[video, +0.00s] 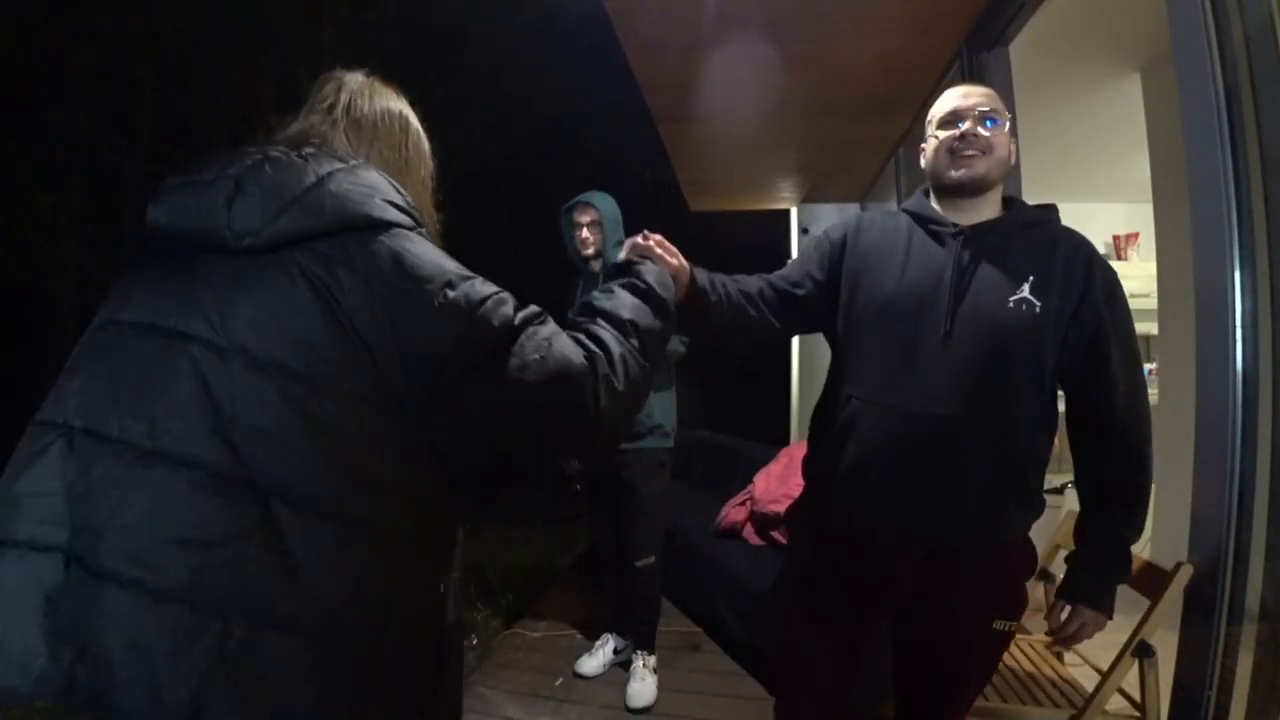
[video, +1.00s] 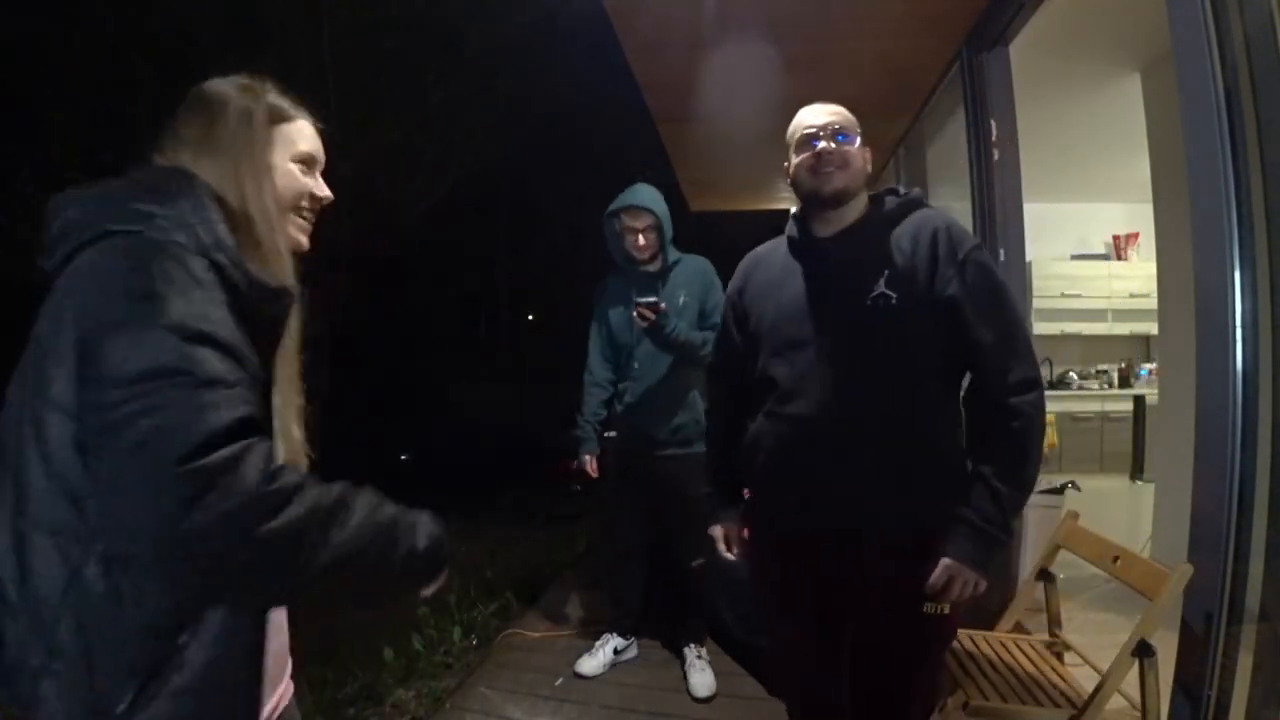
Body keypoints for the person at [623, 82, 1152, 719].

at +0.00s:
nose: (967, 129)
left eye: (987, 118)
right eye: (948, 121)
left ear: (1015, 151)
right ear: (921, 154)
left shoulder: (1069, 263)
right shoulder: (860, 236)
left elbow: (1116, 432)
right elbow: (774, 299)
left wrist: (1096, 574)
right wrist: (690, 284)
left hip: (975, 553)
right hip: (840, 537)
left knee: (933, 705)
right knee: (814, 700)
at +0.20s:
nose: (957, 128)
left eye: (977, 117)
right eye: (937, 122)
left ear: (1005, 147)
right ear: (913, 157)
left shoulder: (1061, 262)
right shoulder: (853, 237)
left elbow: (1113, 431)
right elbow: (769, 307)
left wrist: (1098, 579)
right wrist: (676, 312)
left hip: (968, 556)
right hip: (834, 539)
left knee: (929, 704)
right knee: (814, 700)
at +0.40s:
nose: (929, 130)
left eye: (948, 119)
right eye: (909, 125)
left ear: (980, 149)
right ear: (888, 159)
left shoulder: (1038, 257)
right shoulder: (835, 246)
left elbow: (1096, 427)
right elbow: (750, 327)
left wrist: (1077, 574)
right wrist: (665, 386)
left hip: (957, 546)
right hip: (827, 532)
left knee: (924, 705)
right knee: (813, 700)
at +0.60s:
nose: (888, 135)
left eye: (906, 123)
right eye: (870, 129)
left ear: (935, 147)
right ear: (848, 164)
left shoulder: (998, 252)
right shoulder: (802, 259)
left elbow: (1065, 416)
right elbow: (741, 361)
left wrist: (1043, 567)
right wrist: (694, 445)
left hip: (940, 537)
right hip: (812, 532)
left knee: (913, 703)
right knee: (811, 697)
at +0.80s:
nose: (849, 141)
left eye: (867, 130)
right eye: (831, 136)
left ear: (895, 153)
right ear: (812, 169)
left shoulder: (959, 247)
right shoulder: (774, 263)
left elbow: (1032, 406)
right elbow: (730, 385)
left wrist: (1006, 555)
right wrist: (728, 490)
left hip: (918, 532)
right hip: (799, 532)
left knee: (902, 702)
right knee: (812, 698)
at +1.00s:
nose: (824, 146)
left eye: (841, 134)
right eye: (806, 141)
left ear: (870, 158)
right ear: (789, 173)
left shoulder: (933, 241)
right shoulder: (755, 273)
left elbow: (1013, 393)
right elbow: (725, 398)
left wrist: (977, 537)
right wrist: (724, 501)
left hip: (909, 532)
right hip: (791, 533)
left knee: (897, 702)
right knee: (811, 700)